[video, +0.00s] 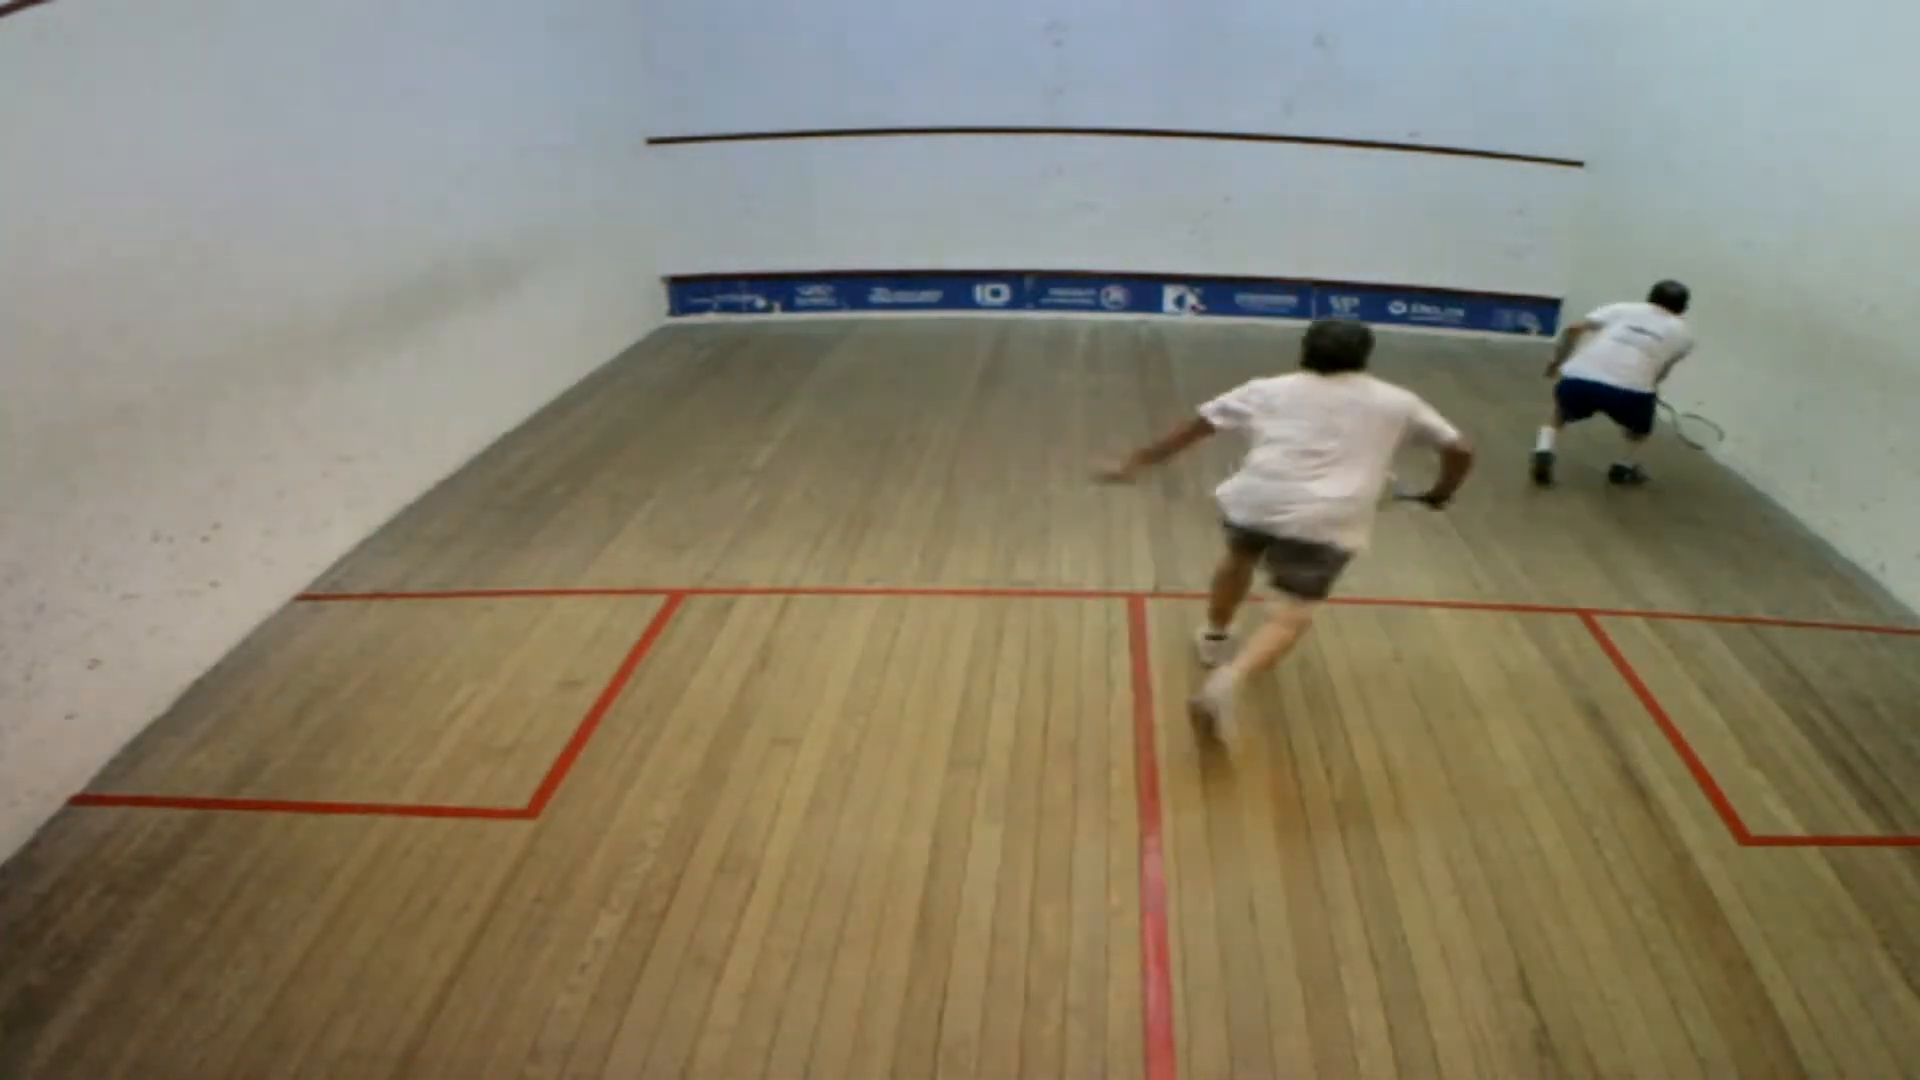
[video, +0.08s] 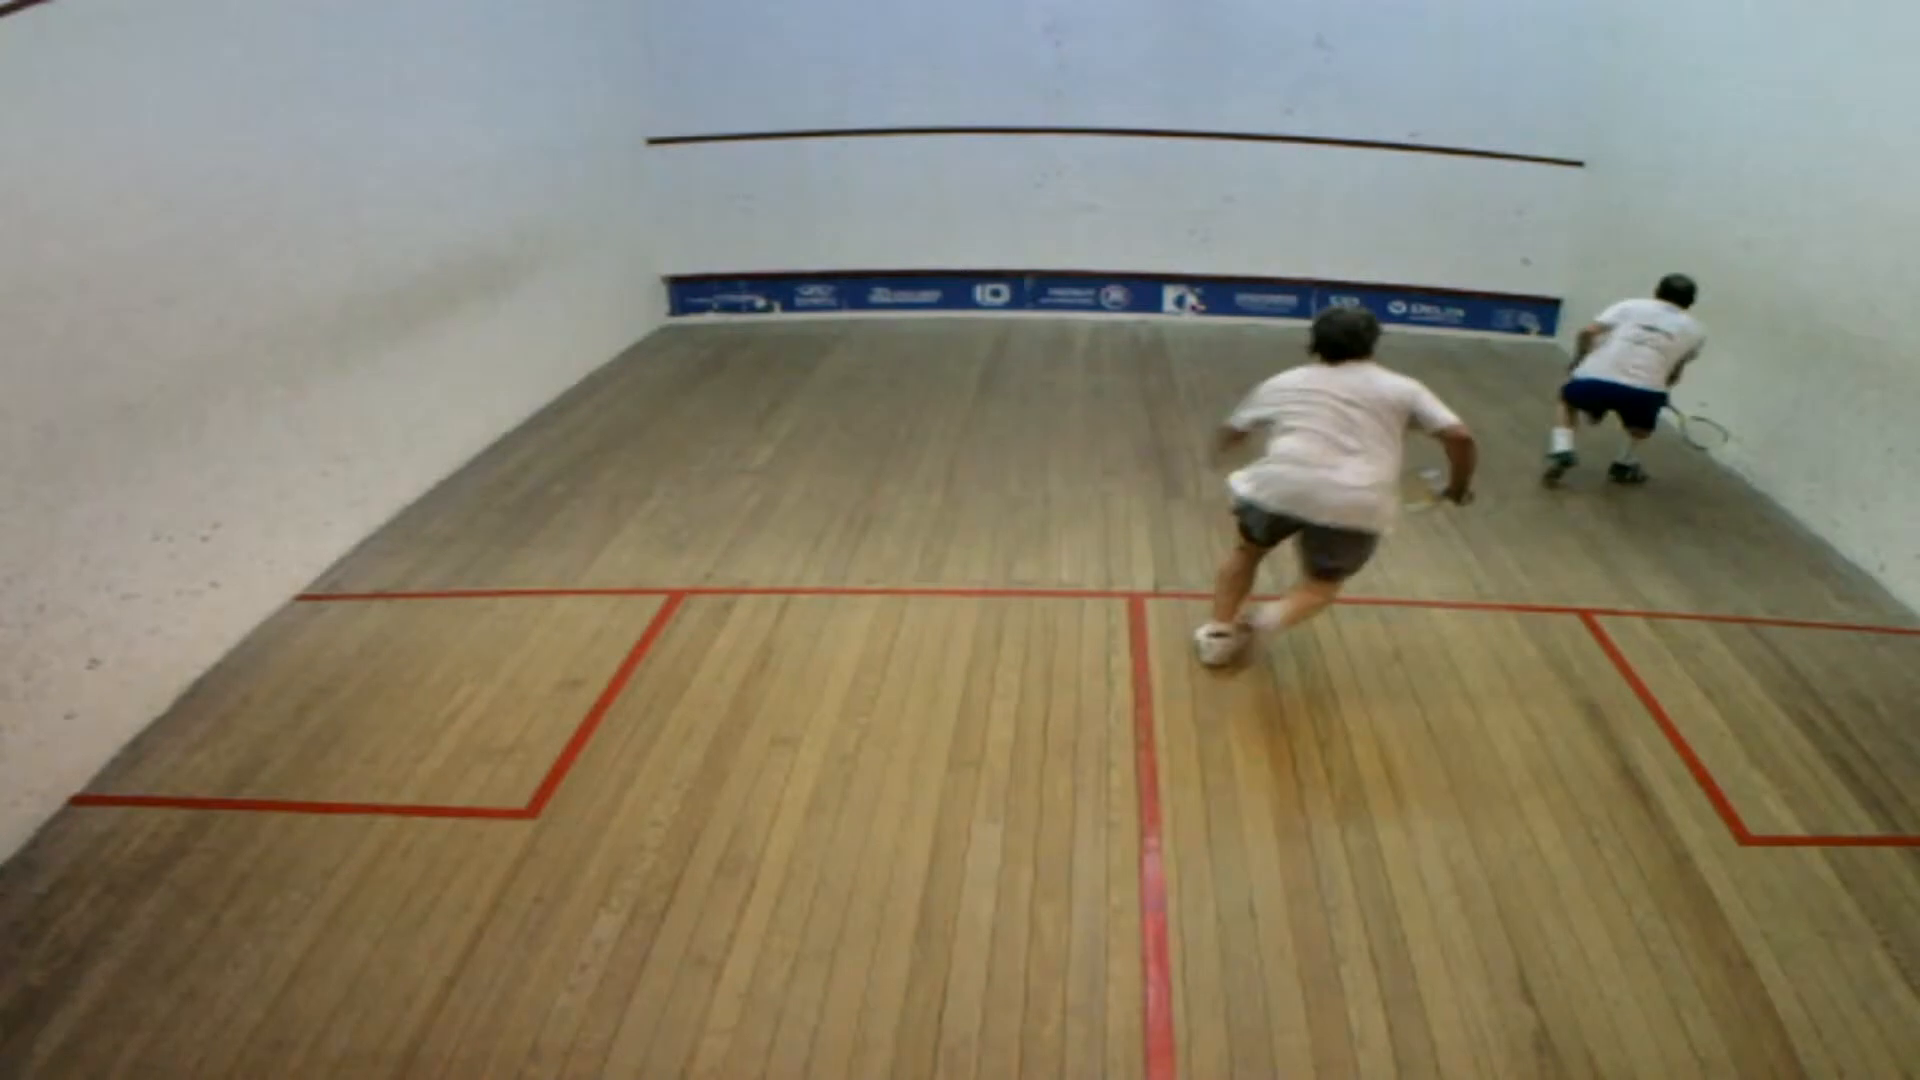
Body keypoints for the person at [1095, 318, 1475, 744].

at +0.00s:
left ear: (1307, 353)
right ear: (1362, 362)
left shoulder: (1274, 390)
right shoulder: (1392, 401)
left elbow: (1199, 425)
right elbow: (1460, 451)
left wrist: (1135, 462)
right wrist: (1441, 495)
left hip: (1254, 509)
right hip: (1325, 530)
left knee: (1237, 562)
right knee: (1289, 619)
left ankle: (1214, 639)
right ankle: (1225, 685)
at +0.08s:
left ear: (1317, 346)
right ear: (1370, 348)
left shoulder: (1288, 381)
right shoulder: (1398, 388)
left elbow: (1232, 432)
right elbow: (1459, 438)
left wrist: (1219, 456)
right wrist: (1458, 488)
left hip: (1280, 491)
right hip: (1354, 509)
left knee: (1246, 550)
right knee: (1321, 584)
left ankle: (1218, 633)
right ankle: (1265, 621)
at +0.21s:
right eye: (1423, 321)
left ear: (1375, 322)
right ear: (1420, 328)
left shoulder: (1347, 352)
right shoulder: (1432, 360)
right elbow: (1483, 416)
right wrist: (1483, 465)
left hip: (1324, 457)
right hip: (1393, 465)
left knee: (1282, 535)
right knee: (1411, 506)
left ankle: (1234, 610)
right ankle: (1378, 579)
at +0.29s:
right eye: (1485, 313)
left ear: (1445, 307)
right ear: (1483, 317)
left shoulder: (1401, 332)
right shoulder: (1486, 354)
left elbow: (1355, 369)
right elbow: (1506, 421)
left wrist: (1327, 416)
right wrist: (1491, 438)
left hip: (1357, 425)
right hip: (1421, 431)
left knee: (1357, 490)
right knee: (1442, 500)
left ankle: (1324, 524)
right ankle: (1410, 572)